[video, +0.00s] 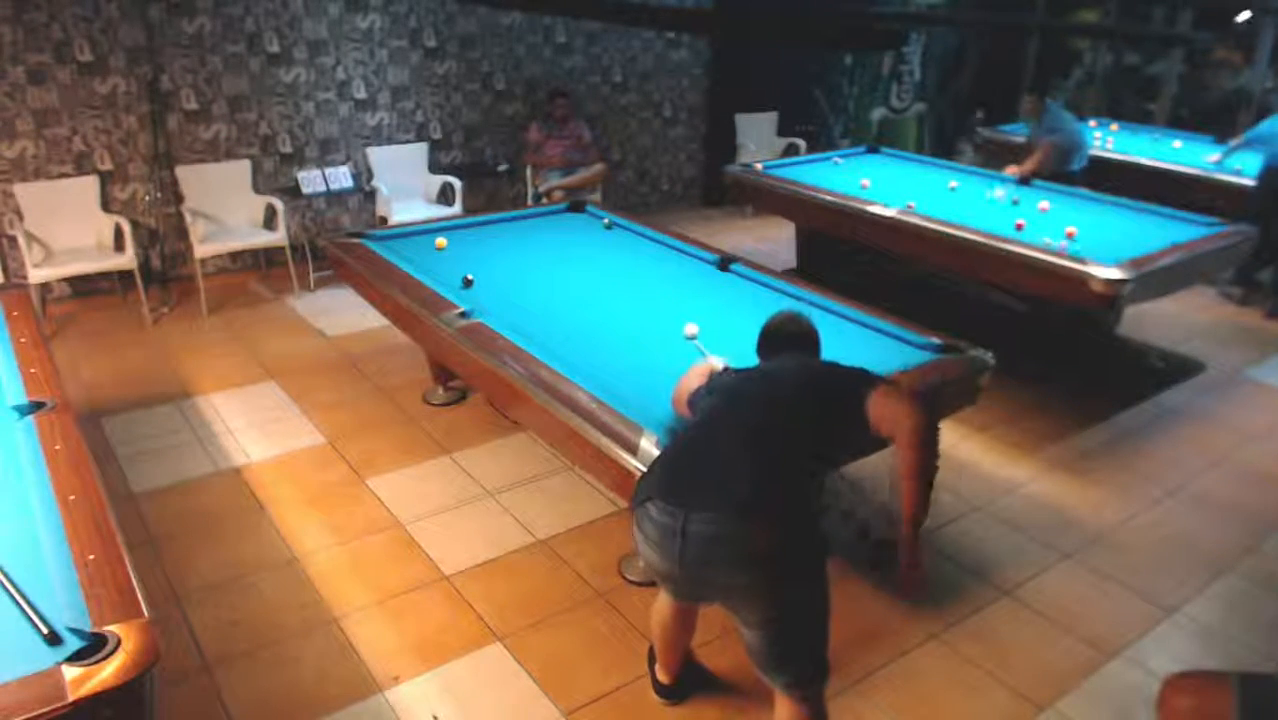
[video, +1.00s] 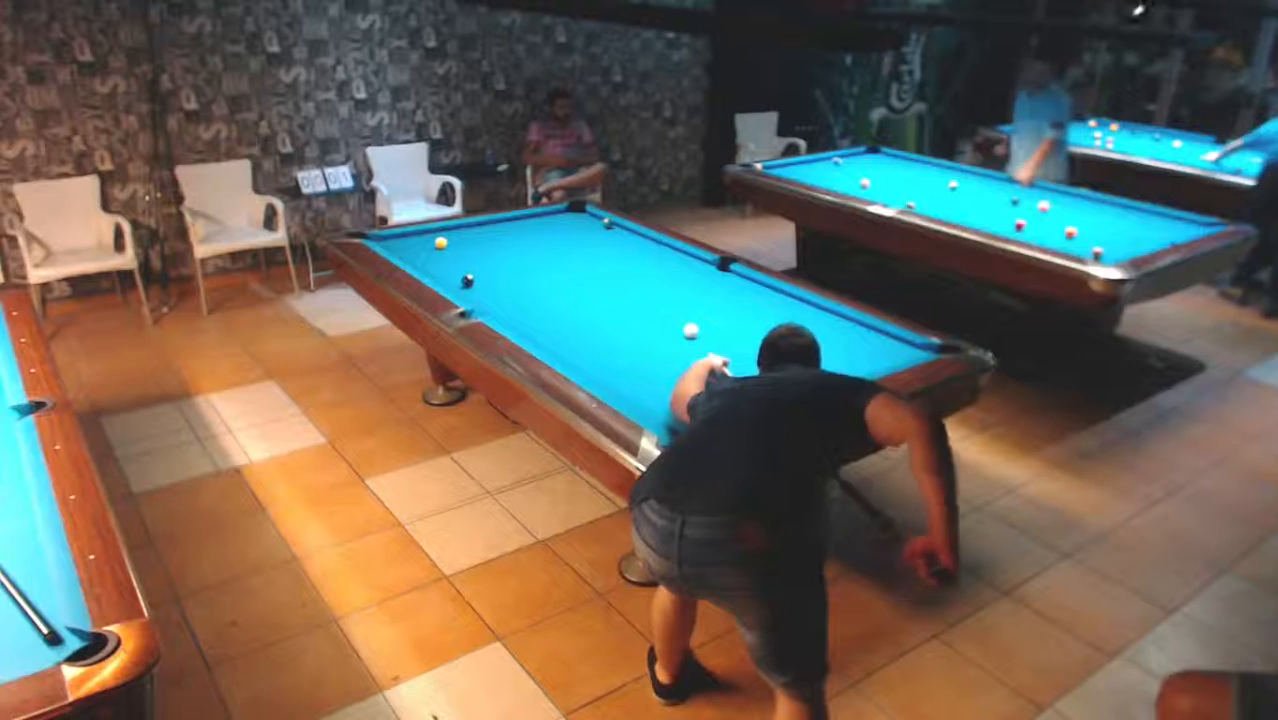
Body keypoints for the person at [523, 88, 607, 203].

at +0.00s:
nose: (562, 111)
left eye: (565, 107)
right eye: (558, 107)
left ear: (570, 108)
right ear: (551, 108)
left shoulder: (579, 126)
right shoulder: (540, 127)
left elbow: (593, 154)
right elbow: (529, 157)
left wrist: (570, 160)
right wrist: (554, 162)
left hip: (577, 166)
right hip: (550, 170)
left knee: (601, 169)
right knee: (558, 196)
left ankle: (552, 185)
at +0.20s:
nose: (562, 111)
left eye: (565, 107)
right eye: (558, 107)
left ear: (570, 108)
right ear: (551, 108)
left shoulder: (579, 126)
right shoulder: (540, 127)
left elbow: (593, 154)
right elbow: (529, 157)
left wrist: (570, 160)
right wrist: (554, 162)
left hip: (577, 166)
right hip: (550, 170)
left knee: (601, 169)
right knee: (558, 196)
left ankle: (552, 185)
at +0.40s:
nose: (563, 110)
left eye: (566, 106)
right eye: (559, 106)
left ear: (571, 107)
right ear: (551, 108)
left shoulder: (579, 125)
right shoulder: (539, 126)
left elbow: (592, 155)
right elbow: (528, 157)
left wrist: (570, 160)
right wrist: (553, 162)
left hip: (576, 168)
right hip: (549, 171)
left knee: (601, 168)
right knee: (558, 196)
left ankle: (549, 188)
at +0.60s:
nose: (563, 110)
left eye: (566, 106)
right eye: (559, 106)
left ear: (571, 107)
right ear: (551, 108)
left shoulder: (579, 125)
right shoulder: (539, 126)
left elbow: (592, 154)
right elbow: (528, 156)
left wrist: (569, 160)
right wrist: (553, 162)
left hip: (576, 167)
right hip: (549, 171)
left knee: (601, 168)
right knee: (558, 196)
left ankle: (550, 187)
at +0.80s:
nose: (563, 110)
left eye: (566, 106)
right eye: (559, 106)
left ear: (571, 107)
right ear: (551, 108)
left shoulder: (579, 125)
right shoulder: (539, 126)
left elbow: (592, 154)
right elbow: (528, 156)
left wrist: (569, 160)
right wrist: (553, 162)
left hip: (576, 167)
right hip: (549, 171)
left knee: (601, 168)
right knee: (558, 196)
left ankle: (550, 187)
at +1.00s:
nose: (565, 111)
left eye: (568, 107)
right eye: (561, 107)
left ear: (572, 108)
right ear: (552, 108)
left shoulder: (579, 126)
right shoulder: (539, 127)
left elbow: (593, 155)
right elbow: (529, 157)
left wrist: (571, 161)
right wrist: (555, 161)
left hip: (576, 166)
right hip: (551, 169)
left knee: (601, 169)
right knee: (559, 196)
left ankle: (551, 186)